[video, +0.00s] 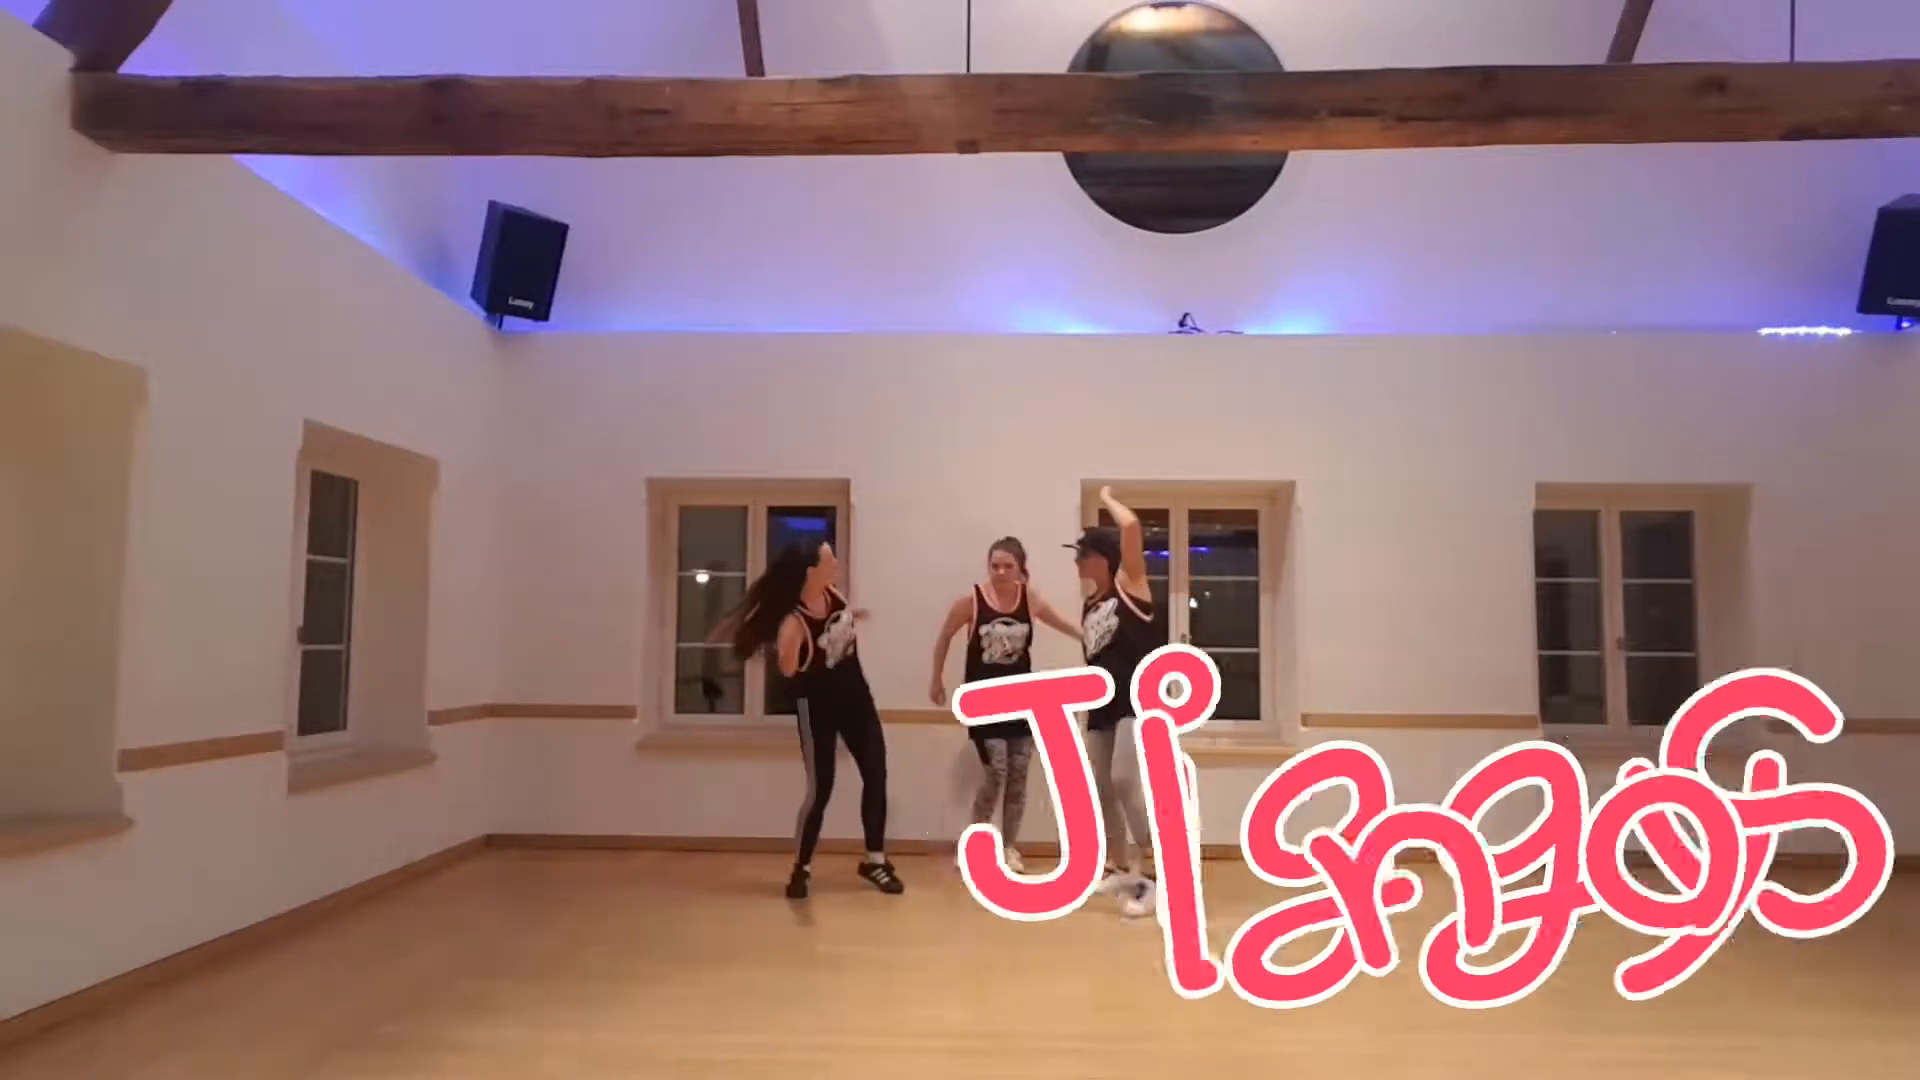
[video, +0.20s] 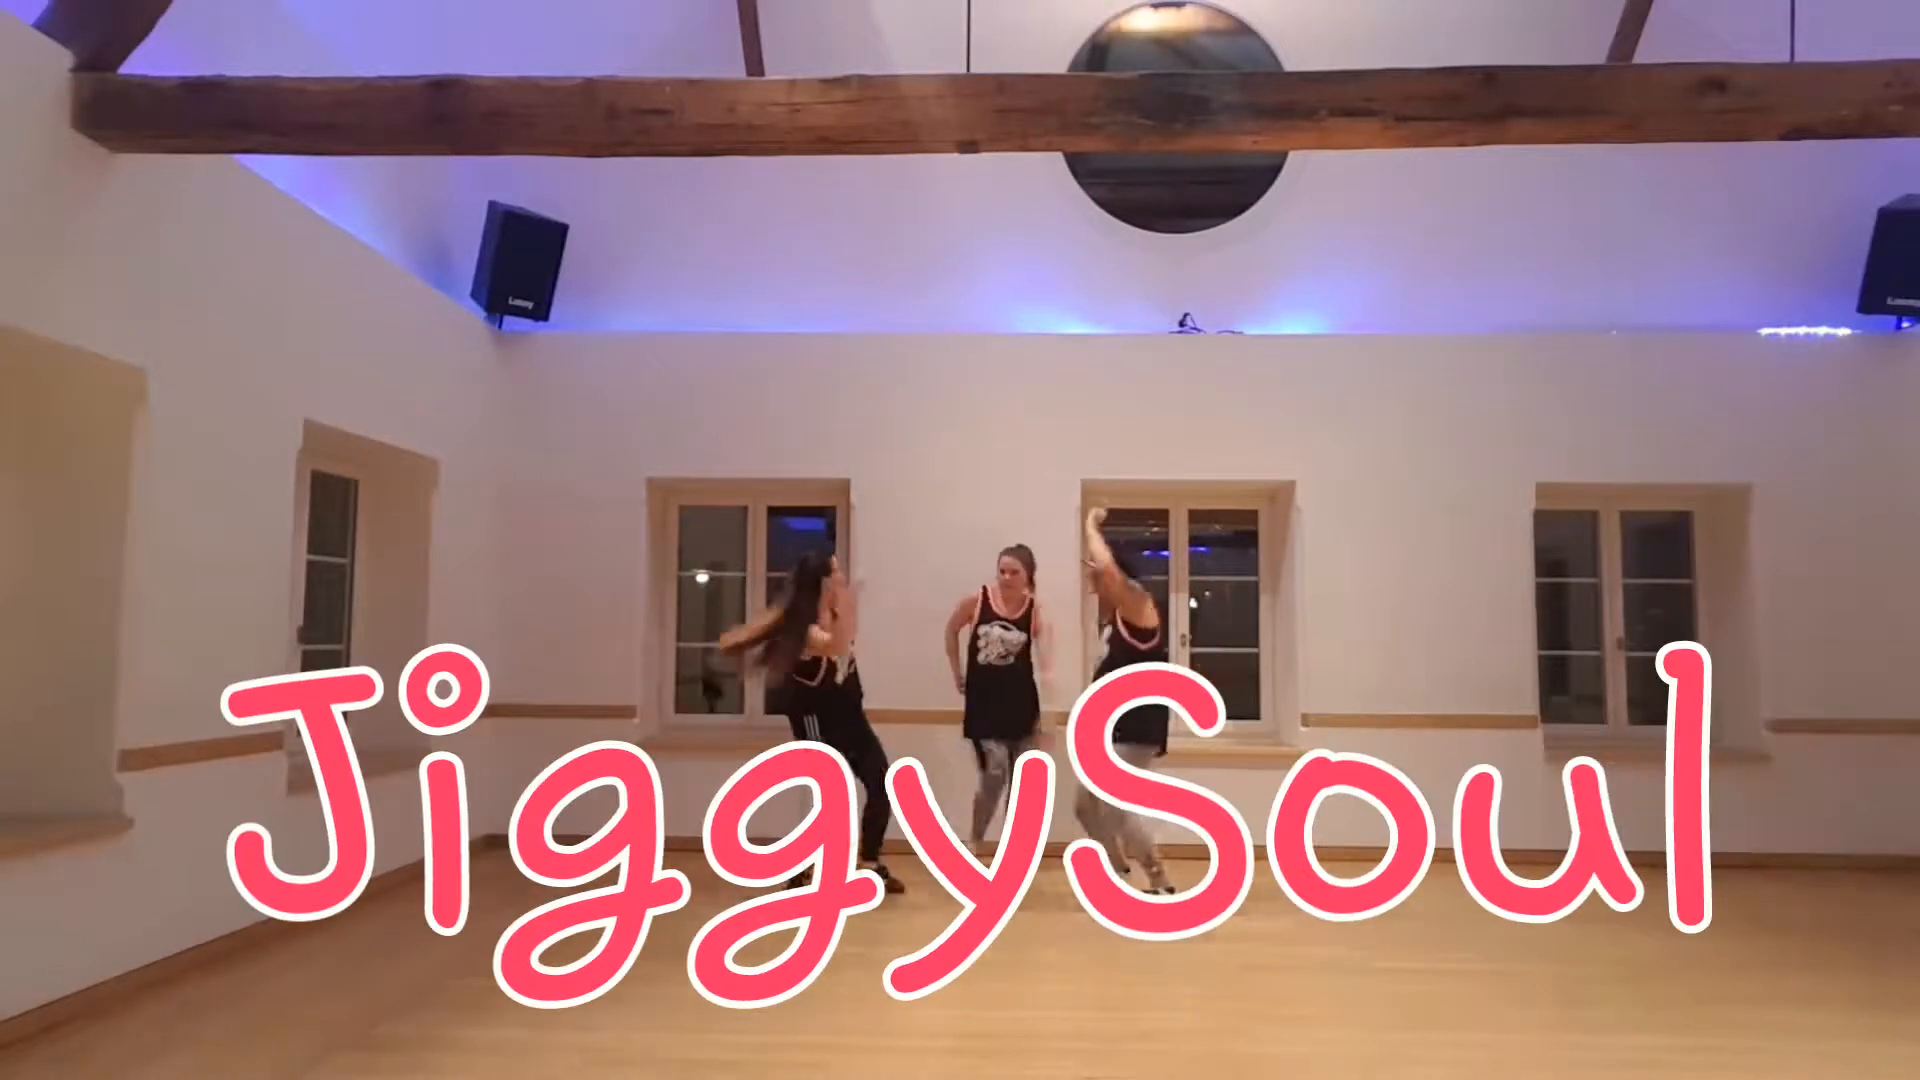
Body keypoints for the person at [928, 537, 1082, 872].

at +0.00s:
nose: (1000, 572)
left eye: (1007, 566)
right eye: (995, 566)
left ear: (1021, 568)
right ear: (988, 567)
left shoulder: (1029, 598)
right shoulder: (971, 601)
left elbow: (1055, 620)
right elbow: (944, 638)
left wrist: (1085, 636)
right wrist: (937, 680)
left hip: (1021, 693)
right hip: (983, 694)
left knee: (1019, 769)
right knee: (997, 768)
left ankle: (1010, 844)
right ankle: (978, 838)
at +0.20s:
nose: (1006, 578)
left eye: (1013, 572)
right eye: (1002, 571)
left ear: (1028, 575)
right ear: (995, 571)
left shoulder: (1036, 607)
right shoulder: (977, 601)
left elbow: (1044, 638)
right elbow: (952, 629)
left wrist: (1047, 670)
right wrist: (957, 674)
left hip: (1020, 691)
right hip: (984, 691)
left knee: (1023, 771)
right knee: (995, 770)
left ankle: (1018, 839)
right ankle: (976, 839)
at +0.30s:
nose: (1004, 575)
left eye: (1012, 570)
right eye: (1002, 568)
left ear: (1030, 574)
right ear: (998, 569)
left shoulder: (1038, 614)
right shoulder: (980, 600)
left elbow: (1025, 666)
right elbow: (963, 630)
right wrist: (971, 662)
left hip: (1017, 690)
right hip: (979, 688)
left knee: (1022, 774)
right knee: (979, 770)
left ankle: (1016, 840)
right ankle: (967, 835)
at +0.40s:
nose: (1003, 566)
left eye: (1011, 562)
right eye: (1002, 560)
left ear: (1031, 568)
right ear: (999, 560)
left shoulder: (1036, 608)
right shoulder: (987, 588)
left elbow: (1010, 655)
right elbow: (973, 635)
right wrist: (969, 673)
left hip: (1009, 690)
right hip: (971, 684)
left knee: (1013, 771)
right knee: (963, 763)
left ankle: (1014, 842)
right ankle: (955, 836)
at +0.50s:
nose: (1001, 564)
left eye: (1009, 560)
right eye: (1001, 558)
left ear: (1028, 567)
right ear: (999, 560)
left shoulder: (1033, 607)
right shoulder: (993, 584)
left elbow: (1000, 649)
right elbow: (974, 626)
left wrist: (955, 637)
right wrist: (946, 647)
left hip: (999, 692)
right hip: (961, 684)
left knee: (1013, 769)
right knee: (951, 763)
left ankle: (1015, 842)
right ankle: (940, 836)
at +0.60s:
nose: (997, 569)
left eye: (1004, 566)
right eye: (997, 564)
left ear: (1024, 574)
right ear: (995, 567)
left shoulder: (1028, 615)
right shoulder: (991, 593)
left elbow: (987, 648)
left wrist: (954, 623)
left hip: (994, 699)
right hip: (955, 691)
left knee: (1009, 772)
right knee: (944, 766)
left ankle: (1013, 842)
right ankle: (938, 838)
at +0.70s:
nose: (990, 574)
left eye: (998, 570)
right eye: (991, 569)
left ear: (1017, 580)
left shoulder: (1021, 621)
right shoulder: (987, 602)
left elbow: (976, 651)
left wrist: (956, 618)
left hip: (992, 707)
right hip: (955, 699)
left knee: (1005, 781)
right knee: (941, 772)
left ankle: (1011, 847)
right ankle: (939, 843)